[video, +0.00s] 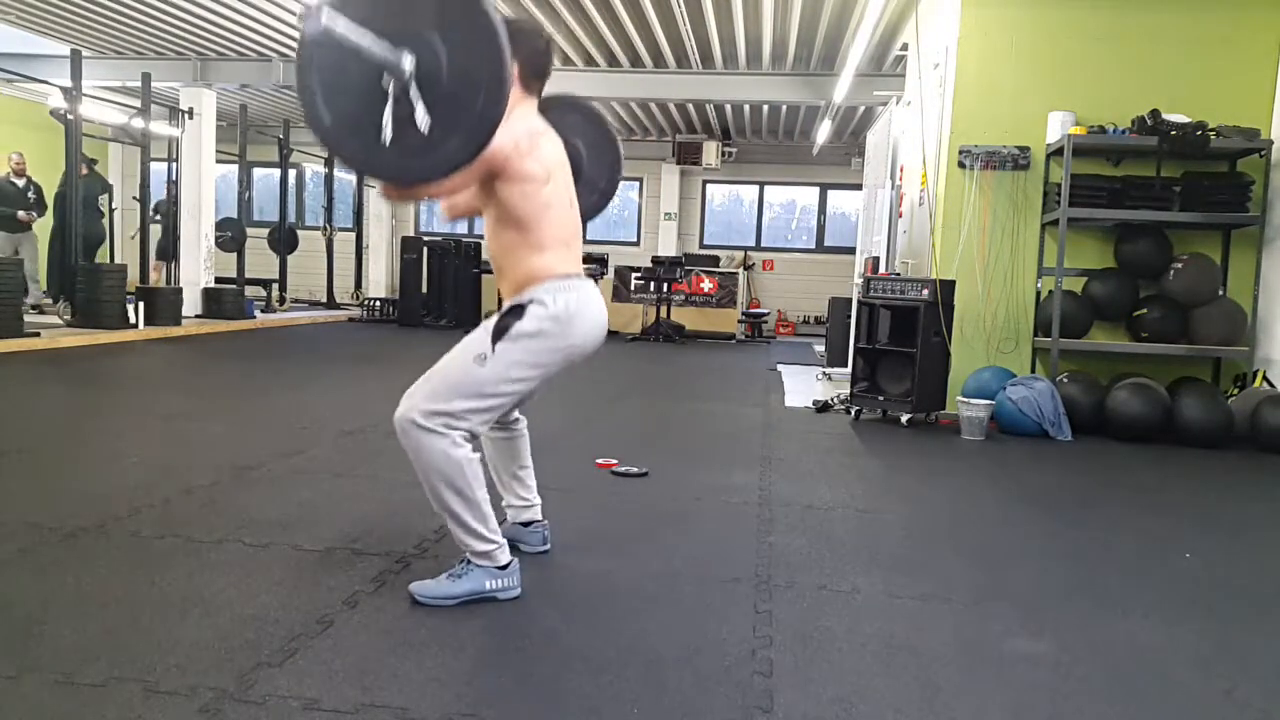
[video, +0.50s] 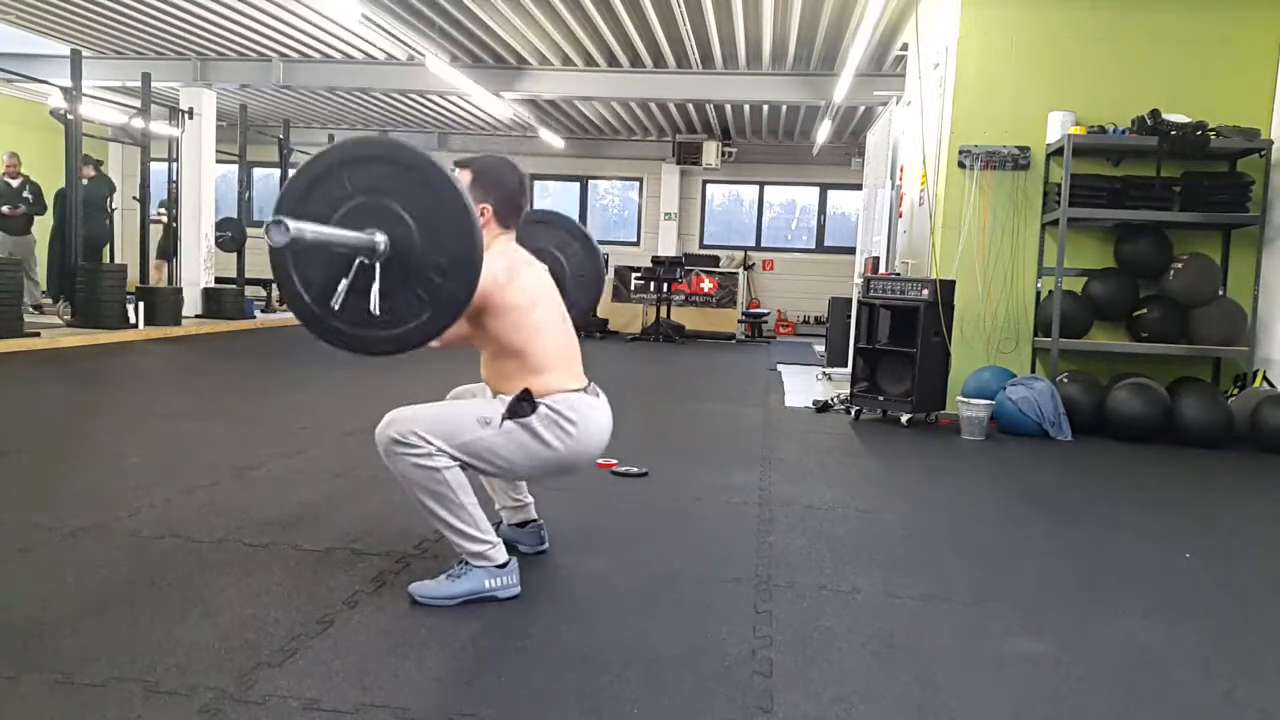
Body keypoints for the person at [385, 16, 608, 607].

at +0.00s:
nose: (477, 74)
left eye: (486, 64)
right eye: (480, 63)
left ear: (508, 70)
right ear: (532, 75)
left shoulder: (508, 131)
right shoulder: (543, 136)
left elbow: (416, 187)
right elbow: (457, 205)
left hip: (546, 309)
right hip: (577, 304)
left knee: (424, 416)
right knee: (495, 408)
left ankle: (488, 564)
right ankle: (526, 521)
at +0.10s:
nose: (471, 113)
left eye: (480, 102)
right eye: (475, 102)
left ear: (504, 110)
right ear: (525, 114)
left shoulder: (498, 171)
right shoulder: (540, 170)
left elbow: (439, 237)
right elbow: (457, 241)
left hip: (545, 342)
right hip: (580, 334)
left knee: (410, 424)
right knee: (484, 403)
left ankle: (488, 563)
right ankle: (525, 522)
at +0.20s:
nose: (467, 150)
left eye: (476, 139)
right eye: (471, 138)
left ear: (498, 148)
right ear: (520, 151)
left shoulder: (494, 208)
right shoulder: (536, 205)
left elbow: (435, 270)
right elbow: (448, 278)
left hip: (549, 372)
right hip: (585, 366)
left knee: (404, 430)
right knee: (471, 403)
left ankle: (487, 564)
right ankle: (523, 523)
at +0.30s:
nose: (456, 181)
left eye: (466, 171)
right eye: (459, 169)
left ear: (491, 182)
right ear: (503, 184)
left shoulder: (490, 241)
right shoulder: (531, 236)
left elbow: (427, 298)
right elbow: (444, 311)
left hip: (550, 404)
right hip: (585, 392)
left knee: (401, 433)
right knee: (461, 405)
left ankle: (488, 565)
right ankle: (522, 522)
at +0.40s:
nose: (452, 205)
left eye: (461, 195)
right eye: (454, 194)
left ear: (487, 208)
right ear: (495, 211)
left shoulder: (489, 265)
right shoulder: (528, 258)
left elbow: (425, 326)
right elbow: (473, 328)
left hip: (552, 424)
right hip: (584, 411)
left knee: (400, 434)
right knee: (462, 399)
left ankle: (489, 565)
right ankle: (522, 523)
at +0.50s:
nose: (447, 210)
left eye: (456, 199)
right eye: (449, 198)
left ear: (484, 214)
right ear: (493, 215)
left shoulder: (485, 270)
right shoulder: (527, 262)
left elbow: (423, 326)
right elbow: (476, 331)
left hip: (553, 424)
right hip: (585, 410)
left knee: (401, 433)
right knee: (464, 398)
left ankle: (490, 565)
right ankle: (522, 523)